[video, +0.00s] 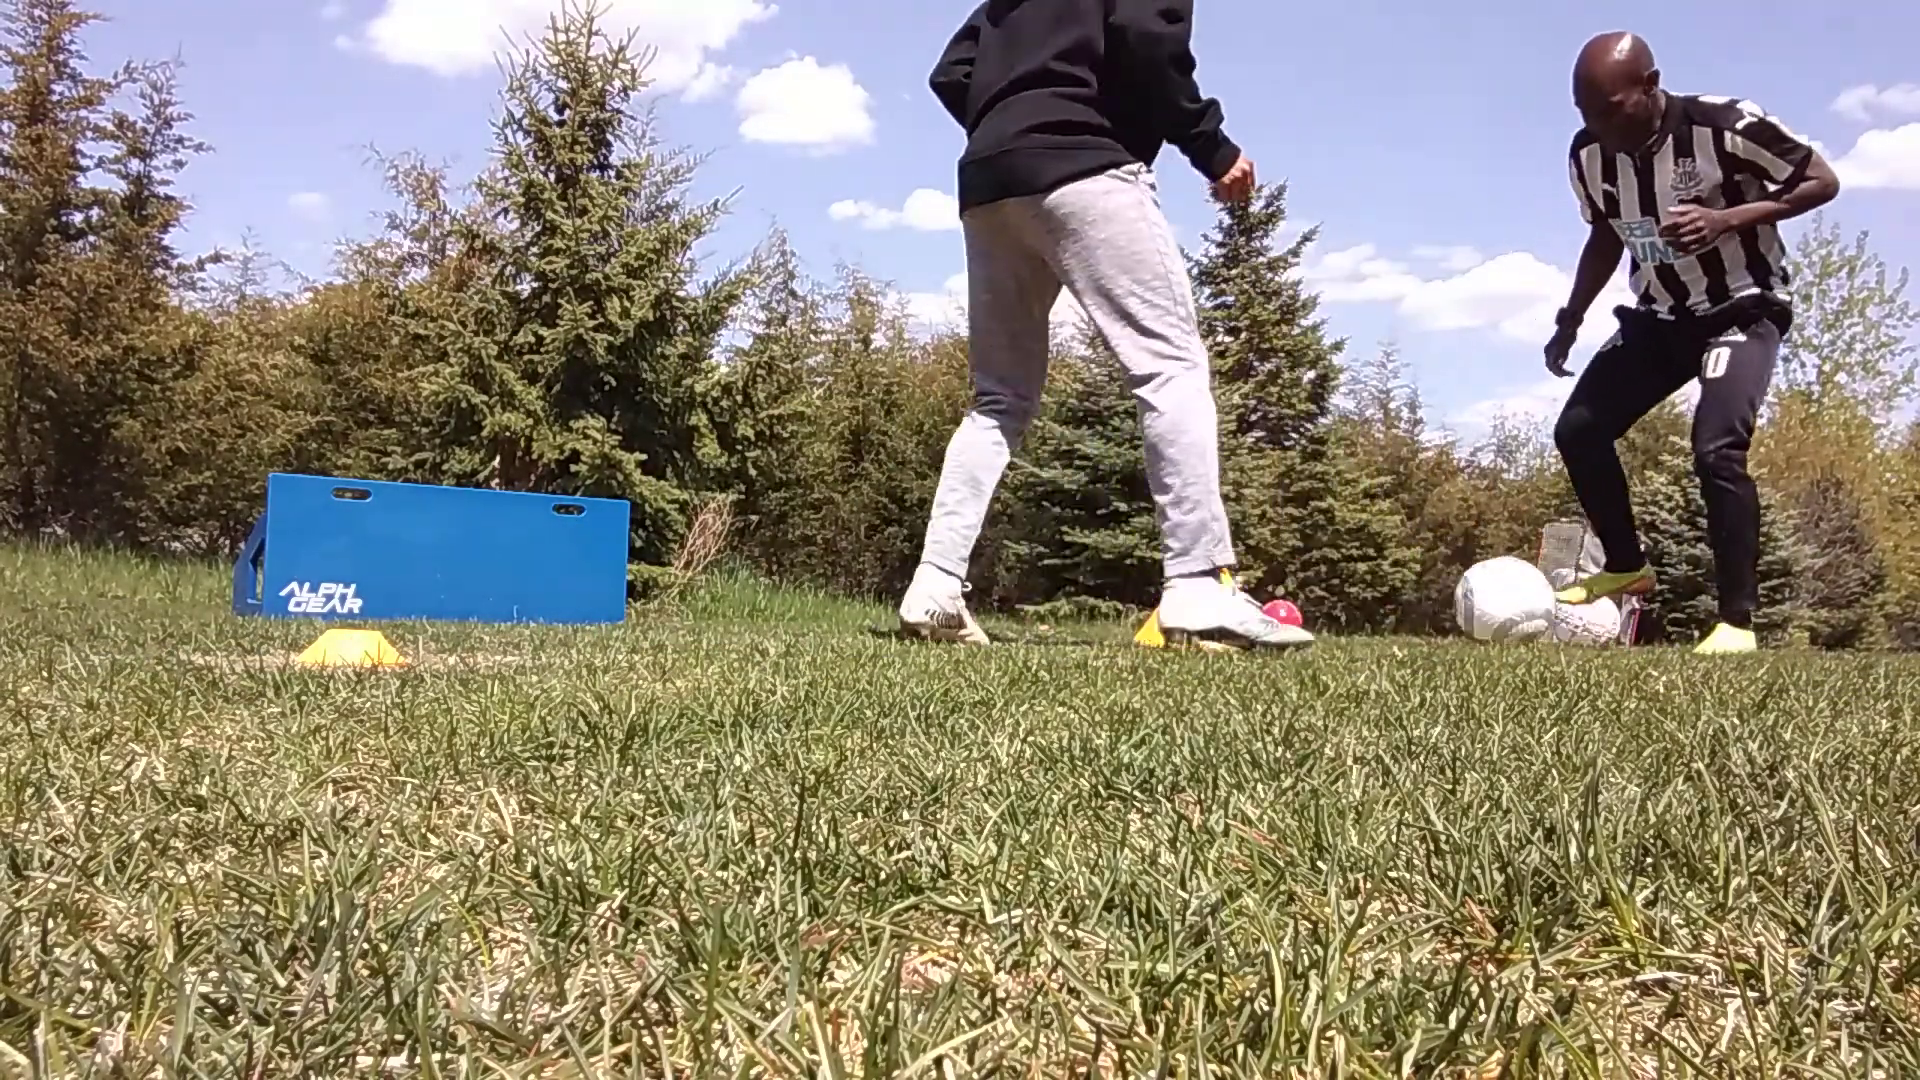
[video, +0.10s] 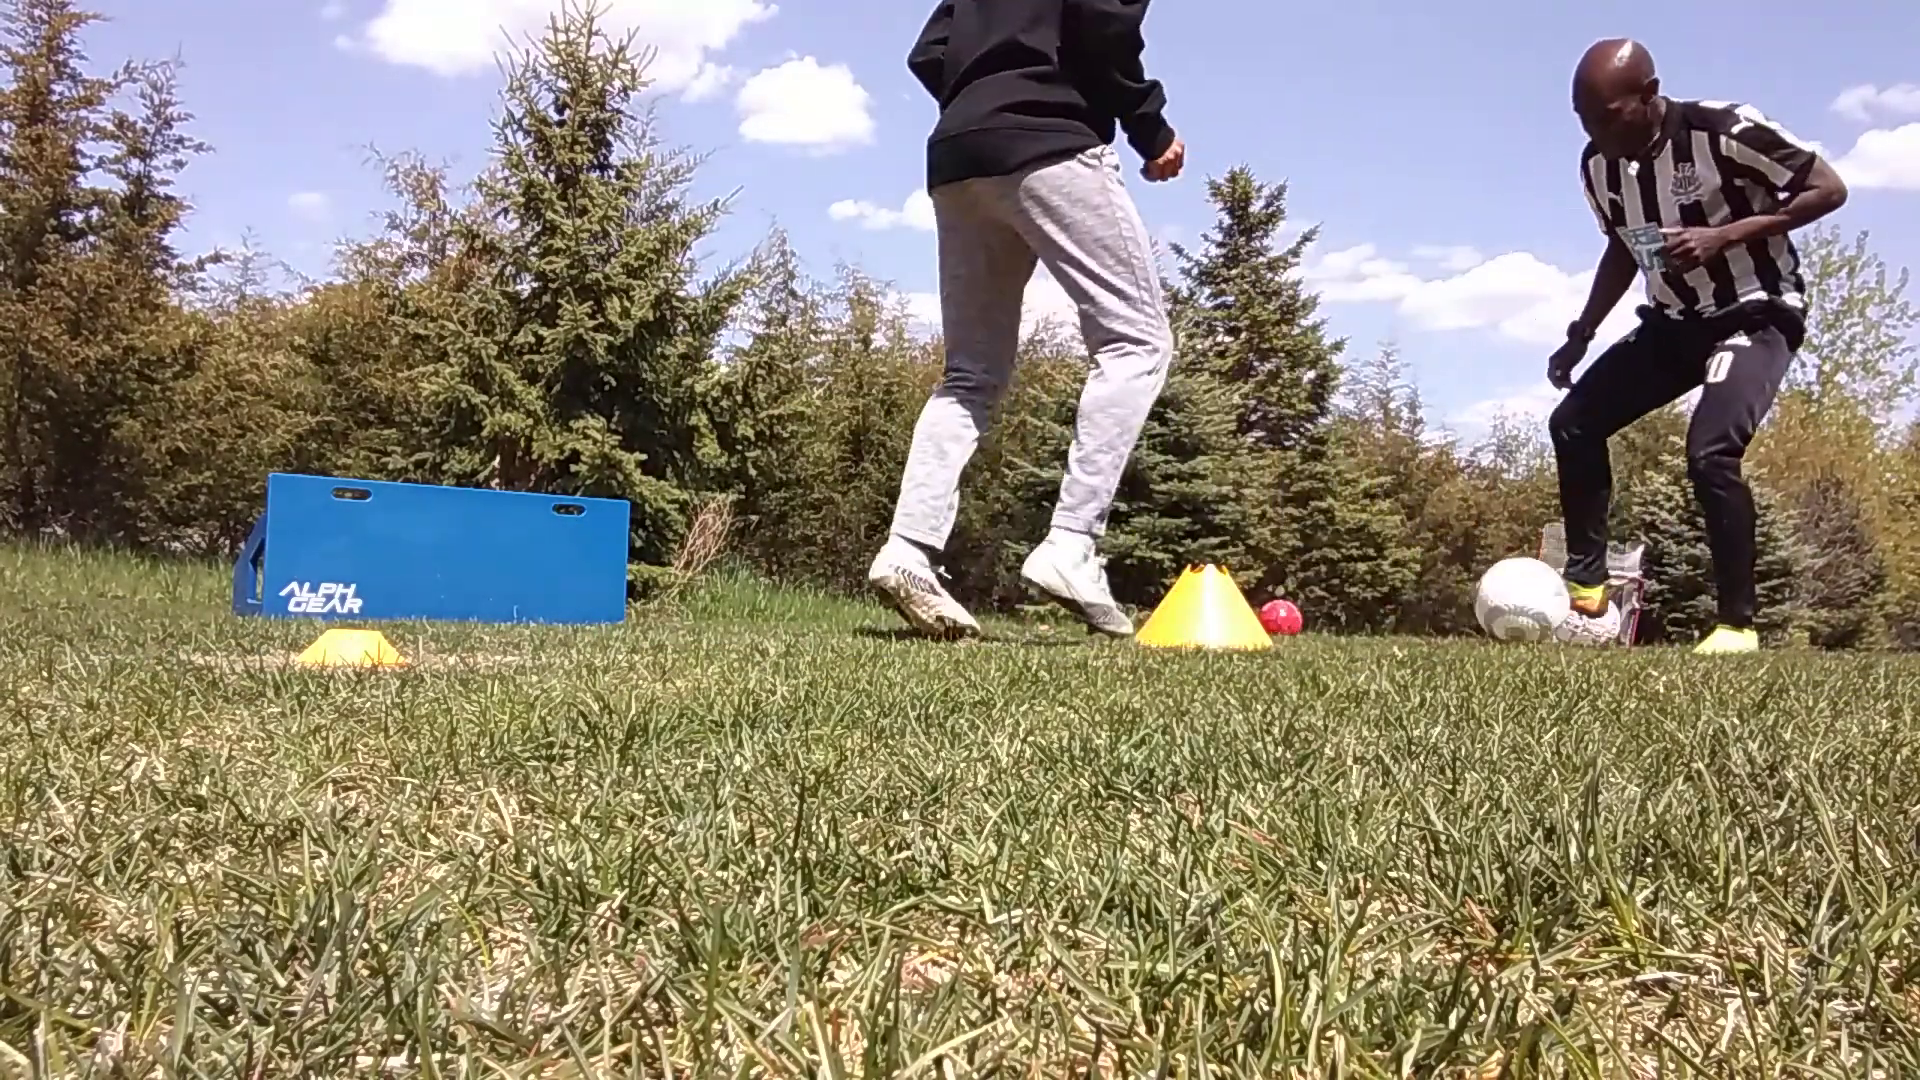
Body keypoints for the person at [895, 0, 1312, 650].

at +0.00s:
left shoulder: (1009, 4)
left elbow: (951, 70)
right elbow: (1147, 40)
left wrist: (1015, 136)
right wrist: (1215, 149)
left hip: (986, 171)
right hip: (1083, 154)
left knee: (999, 401)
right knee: (1172, 367)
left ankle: (934, 588)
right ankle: (1197, 584)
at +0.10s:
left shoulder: (974, 1)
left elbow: (929, 50)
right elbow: (1103, 30)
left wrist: (993, 114)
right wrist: (1153, 131)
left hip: (954, 143)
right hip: (1048, 136)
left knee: (970, 376)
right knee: (1136, 343)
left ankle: (907, 550)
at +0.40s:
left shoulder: (939, 13)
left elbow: (877, 101)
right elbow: (1045, 62)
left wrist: (938, 164)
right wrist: (1101, 181)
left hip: (894, 187)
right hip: (981, 187)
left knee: (885, 396)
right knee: (1056, 379)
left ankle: (811, 578)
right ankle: (978, 566)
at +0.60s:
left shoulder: (926, 14)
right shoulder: (1079, 5)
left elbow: (867, 103)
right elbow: (1137, 115)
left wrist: (902, 184)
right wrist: (1169, 224)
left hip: (915, 209)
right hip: (1008, 207)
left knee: (924, 381)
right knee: (1030, 421)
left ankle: (836, 535)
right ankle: (953, 603)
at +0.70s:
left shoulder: (913, 25)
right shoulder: (1072, 15)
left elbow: (858, 116)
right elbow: (1143, 131)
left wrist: (901, 189)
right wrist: (1185, 253)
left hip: (926, 229)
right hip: (1020, 228)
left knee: (952, 387)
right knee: (1045, 427)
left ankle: (921, 561)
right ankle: (960, 603)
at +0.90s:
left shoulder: (918, 13)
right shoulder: (1074, 1)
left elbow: (870, 118)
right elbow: (1120, 92)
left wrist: (929, 191)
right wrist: (1143, 204)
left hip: (925, 210)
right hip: (1015, 195)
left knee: (970, 403)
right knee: (1083, 397)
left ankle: (883, 591)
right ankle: (996, 585)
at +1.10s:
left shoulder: (950, 10)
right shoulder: (1092, 1)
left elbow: (903, 123)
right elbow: (1147, 64)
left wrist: (967, 189)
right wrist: (1215, 181)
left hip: (952, 212)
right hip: (1050, 197)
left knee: (952, 417)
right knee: (1155, 391)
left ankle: (880, 600)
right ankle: (1091, 583)